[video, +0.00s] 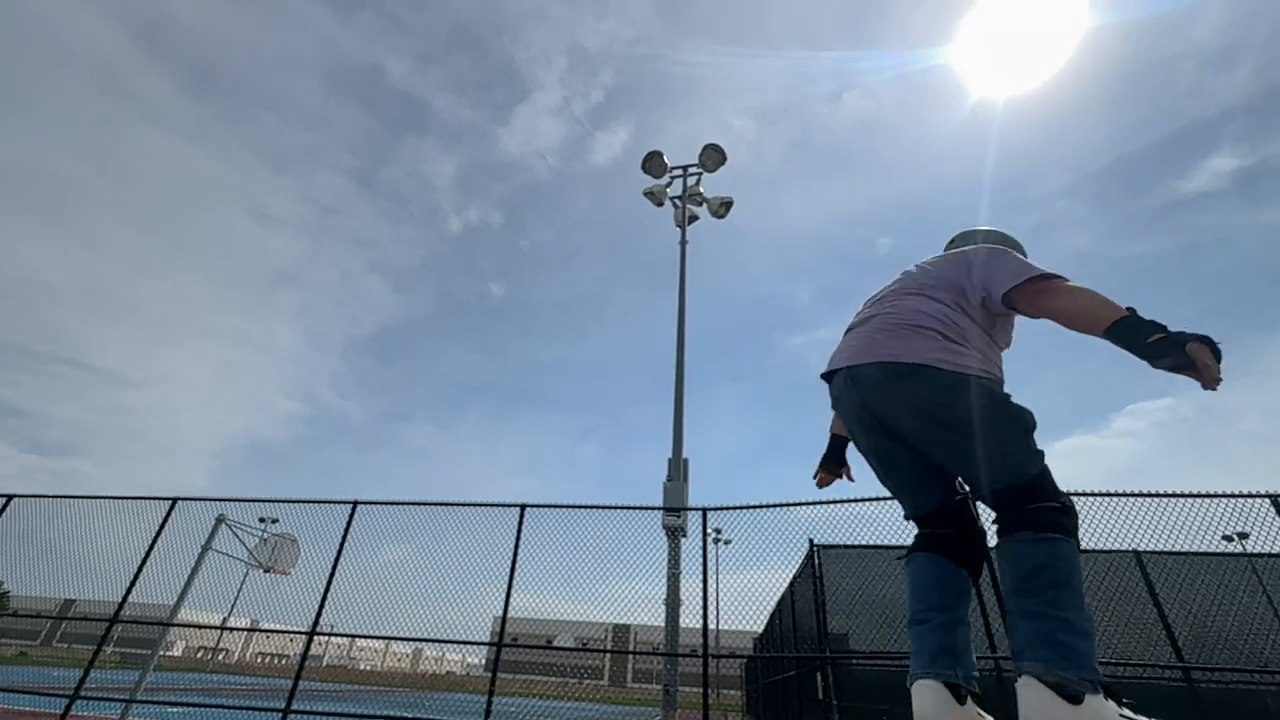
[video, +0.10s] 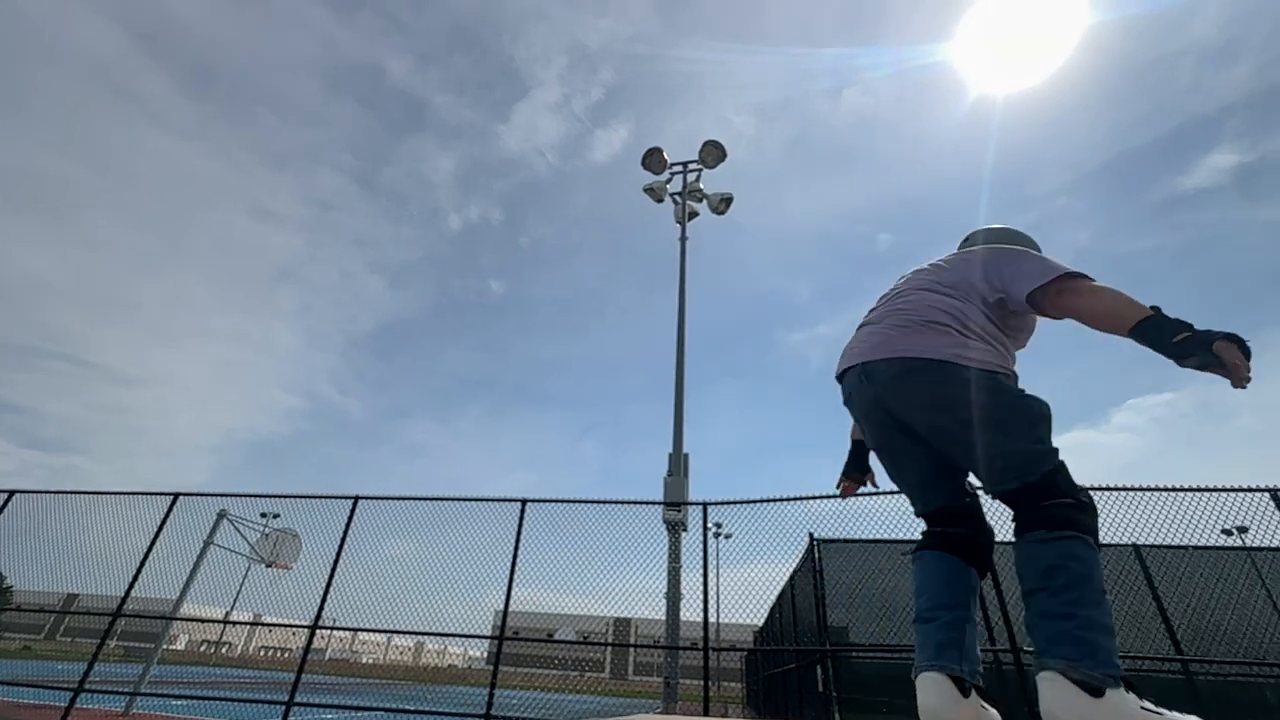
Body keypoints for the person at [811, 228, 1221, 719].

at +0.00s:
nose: (1021, 272)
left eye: (1020, 266)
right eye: (1016, 264)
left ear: (953, 251)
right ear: (999, 253)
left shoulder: (906, 284)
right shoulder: (988, 257)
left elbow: (855, 369)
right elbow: (1051, 296)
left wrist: (837, 445)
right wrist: (1153, 339)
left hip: (854, 383)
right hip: (928, 365)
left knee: (945, 524)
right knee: (1034, 506)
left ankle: (936, 685)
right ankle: (1060, 683)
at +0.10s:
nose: (1038, 274)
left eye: (1036, 268)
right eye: (1033, 266)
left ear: (970, 248)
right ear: (1015, 252)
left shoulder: (920, 279)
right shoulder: (1006, 258)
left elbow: (866, 372)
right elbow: (1076, 296)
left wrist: (857, 456)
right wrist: (1184, 340)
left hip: (863, 376)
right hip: (943, 360)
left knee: (953, 524)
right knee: (1052, 503)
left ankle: (942, 678)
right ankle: (1082, 678)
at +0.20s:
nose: (1060, 275)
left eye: (1056, 268)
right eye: (1054, 266)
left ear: (987, 248)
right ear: (1034, 252)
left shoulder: (940, 275)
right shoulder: (1027, 258)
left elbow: (898, 370)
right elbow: (1098, 295)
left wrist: (888, 461)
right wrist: (1217, 341)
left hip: (876, 373)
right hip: (959, 356)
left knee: (964, 525)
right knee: (1072, 502)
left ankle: (948, 677)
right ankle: (1105, 677)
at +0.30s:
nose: (1071, 276)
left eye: (1068, 270)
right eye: (1065, 266)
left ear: (998, 250)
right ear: (1050, 255)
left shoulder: (952, 276)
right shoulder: (1044, 262)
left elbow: (932, 383)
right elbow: (1121, 296)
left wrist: (918, 476)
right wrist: (1235, 342)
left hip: (886, 372)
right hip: (975, 354)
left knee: (971, 521)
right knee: (1088, 499)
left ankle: (955, 676)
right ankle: (1127, 677)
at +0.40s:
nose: (1084, 268)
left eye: (1080, 261)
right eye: (1078, 259)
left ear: (1009, 245)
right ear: (1063, 250)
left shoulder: (961, 271)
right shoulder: (1060, 258)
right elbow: (1133, 292)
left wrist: (943, 475)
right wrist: (1246, 337)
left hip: (897, 365)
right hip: (993, 353)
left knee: (976, 517)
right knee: (1099, 493)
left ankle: (956, 669)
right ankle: (1145, 670)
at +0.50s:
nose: (1095, 277)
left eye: (1091, 271)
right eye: (1089, 267)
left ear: (1019, 250)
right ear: (1073, 256)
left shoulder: (972, 275)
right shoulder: (1069, 262)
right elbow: (1152, 297)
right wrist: (1254, 339)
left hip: (909, 368)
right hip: (1004, 354)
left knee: (983, 522)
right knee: (1113, 496)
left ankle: (959, 671)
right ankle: (1166, 674)